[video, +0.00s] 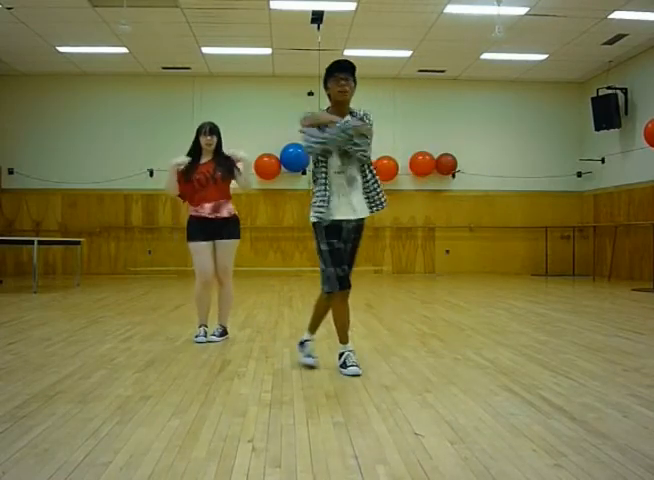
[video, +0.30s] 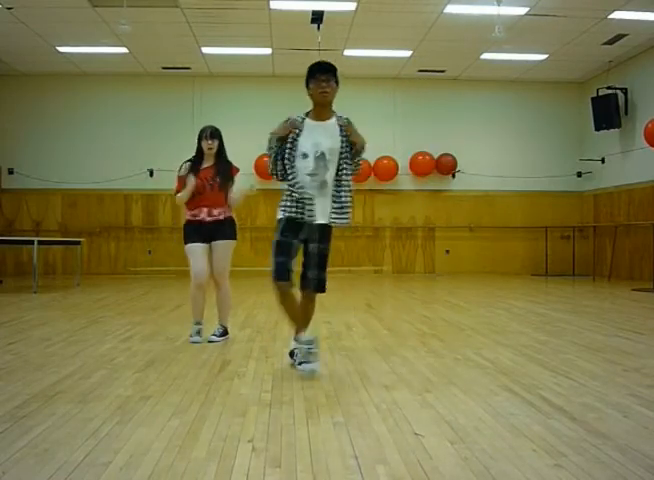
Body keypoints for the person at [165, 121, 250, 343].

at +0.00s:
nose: (208, 138)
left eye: (212, 134)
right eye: (204, 135)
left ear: (218, 138)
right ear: (198, 138)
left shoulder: (226, 162)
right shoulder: (189, 165)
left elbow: (246, 185)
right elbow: (173, 191)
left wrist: (244, 166)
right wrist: (173, 169)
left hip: (225, 222)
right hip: (198, 222)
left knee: (224, 276)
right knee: (204, 276)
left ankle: (222, 326)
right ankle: (202, 326)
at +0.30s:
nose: (209, 142)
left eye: (213, 139)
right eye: (205, 139)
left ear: (219, 142)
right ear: (200, 142)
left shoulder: (229, 169)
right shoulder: (187, 167)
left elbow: (232, 203)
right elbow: (180, 200)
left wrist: (242, 192)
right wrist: (190, 186)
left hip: (222, 222)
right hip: (195, 224)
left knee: (220, 276)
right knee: (199, 276)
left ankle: (222, 326)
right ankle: (197, 325)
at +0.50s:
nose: (202, 145)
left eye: (206, 141)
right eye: (198, 141)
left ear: (214, 143)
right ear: (193, 144)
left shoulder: (223, 171)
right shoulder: (182, 169)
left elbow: (235, 202)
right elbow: (166, 198)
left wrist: (222, 219)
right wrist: (176, 217)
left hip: (213, 224)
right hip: (186, 225)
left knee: (215, 277)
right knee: (188, 279)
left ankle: (221, 326)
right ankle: (169, 326)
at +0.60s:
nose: (196, 146)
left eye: (200, 142)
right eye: (192, 142)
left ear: (208, 144)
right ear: (187, 145)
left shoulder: (219, 171)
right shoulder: (178, 169)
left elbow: (232, 202)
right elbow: (160, 196)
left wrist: (217, 221)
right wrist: (166, 212)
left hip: (206, 226)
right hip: (178, 224)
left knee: (209, 280)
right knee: (177, 279)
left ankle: (216, 327)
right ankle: (165, 328)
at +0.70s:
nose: (191, 147)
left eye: (195, 143)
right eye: (187, 143)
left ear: (202, 145)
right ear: (183, 146)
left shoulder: (215, 171)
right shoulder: (175, 171)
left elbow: (227, 202)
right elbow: (158, 198)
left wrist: (212, 225)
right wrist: (163, 212)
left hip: (201, 228)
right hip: (173, 226)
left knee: (204, 280)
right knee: (172, 278)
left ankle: (213, 325)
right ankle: (163, 328)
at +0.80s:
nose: (188, 148)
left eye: (193, 144)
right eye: (185, 144)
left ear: (200, 147)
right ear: (180, 147)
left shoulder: (214, 170)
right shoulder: (176, 173)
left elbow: (224, 201)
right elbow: (160, 201)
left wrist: (208, 227)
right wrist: (162, 211)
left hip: (200, 229)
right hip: (172, 226)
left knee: (200, 281)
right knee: (170, 278)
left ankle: (219, 324)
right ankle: (163, 328)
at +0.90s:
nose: (189, 149)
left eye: (193, 145)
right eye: (186, 145)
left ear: (201, 148)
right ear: (180, 148)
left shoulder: (212, 169)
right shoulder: (175, 172)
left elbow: (225, 200)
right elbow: (165, 202)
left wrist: (209, 227)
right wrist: (165, 214)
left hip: (203, 231)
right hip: (176, 228)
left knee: (201, 285)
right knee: (171, 279)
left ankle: (227, 326)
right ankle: (163, 328)